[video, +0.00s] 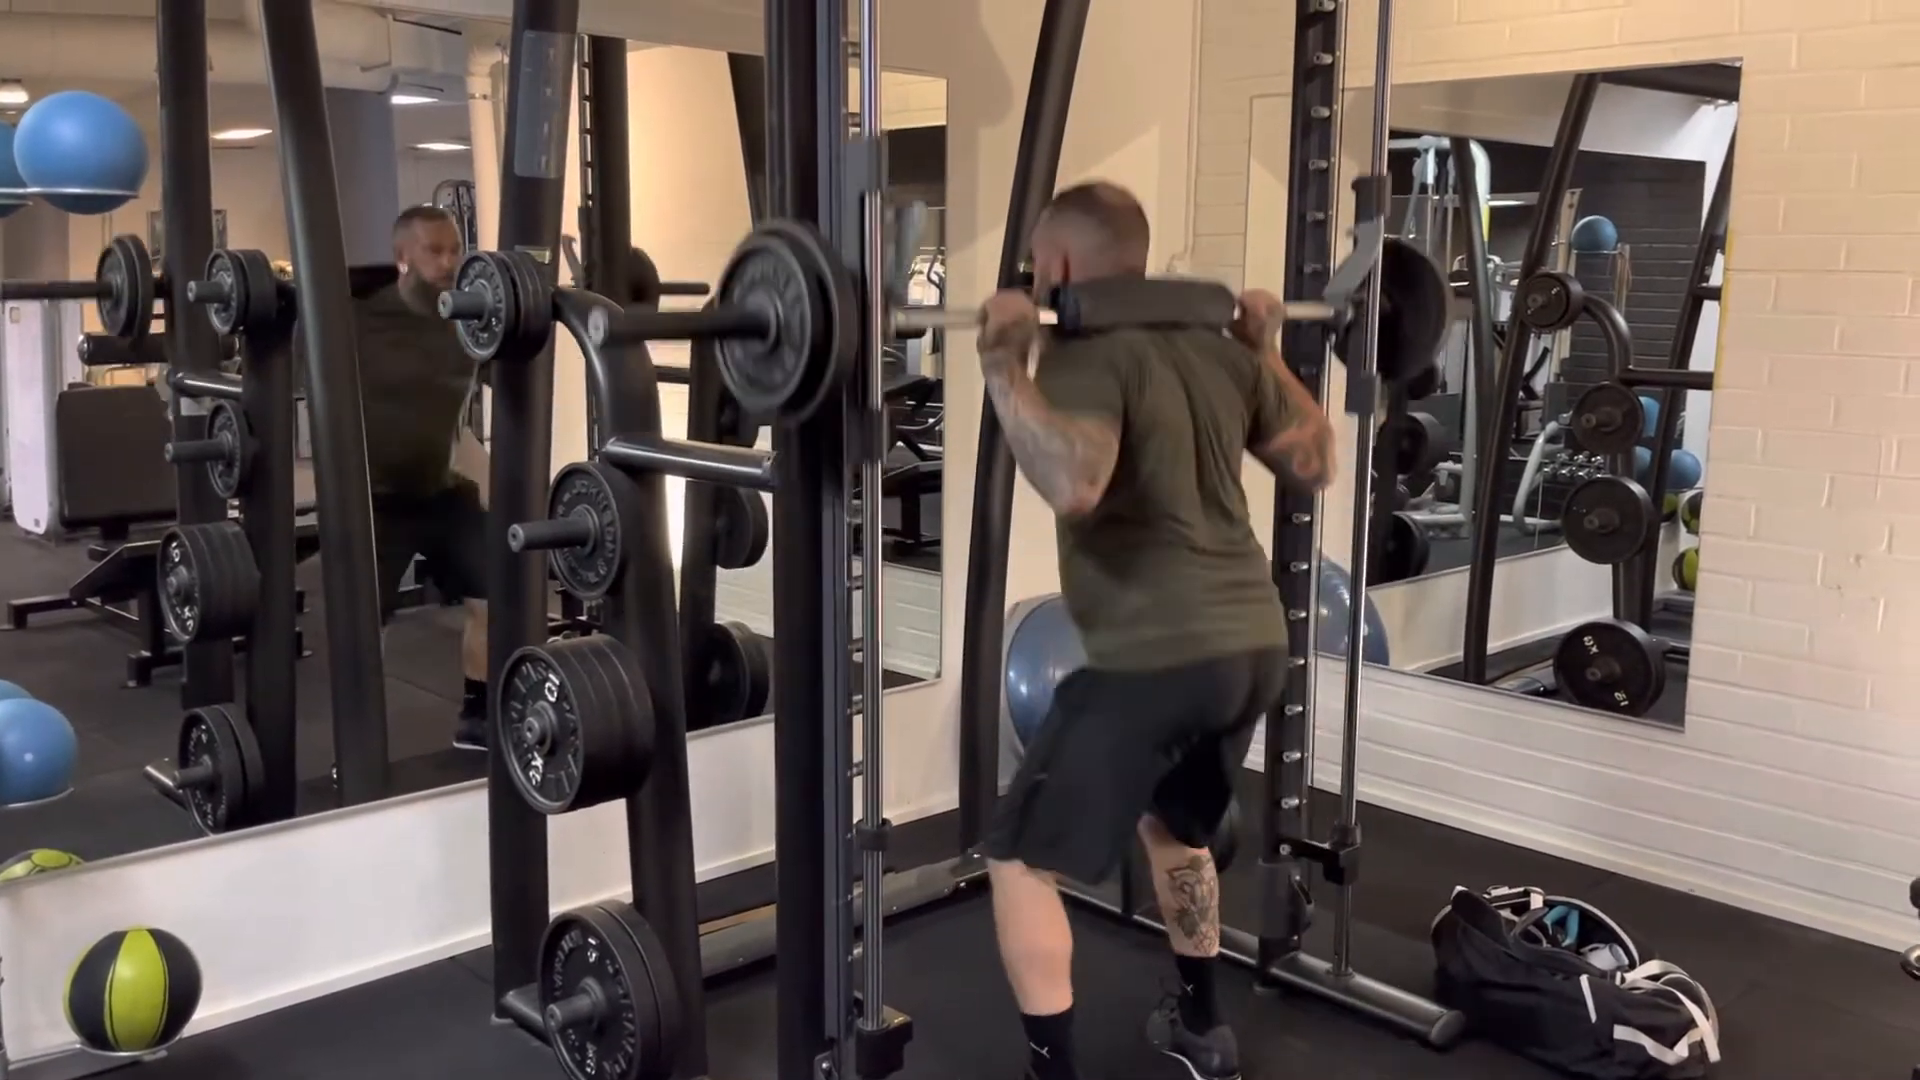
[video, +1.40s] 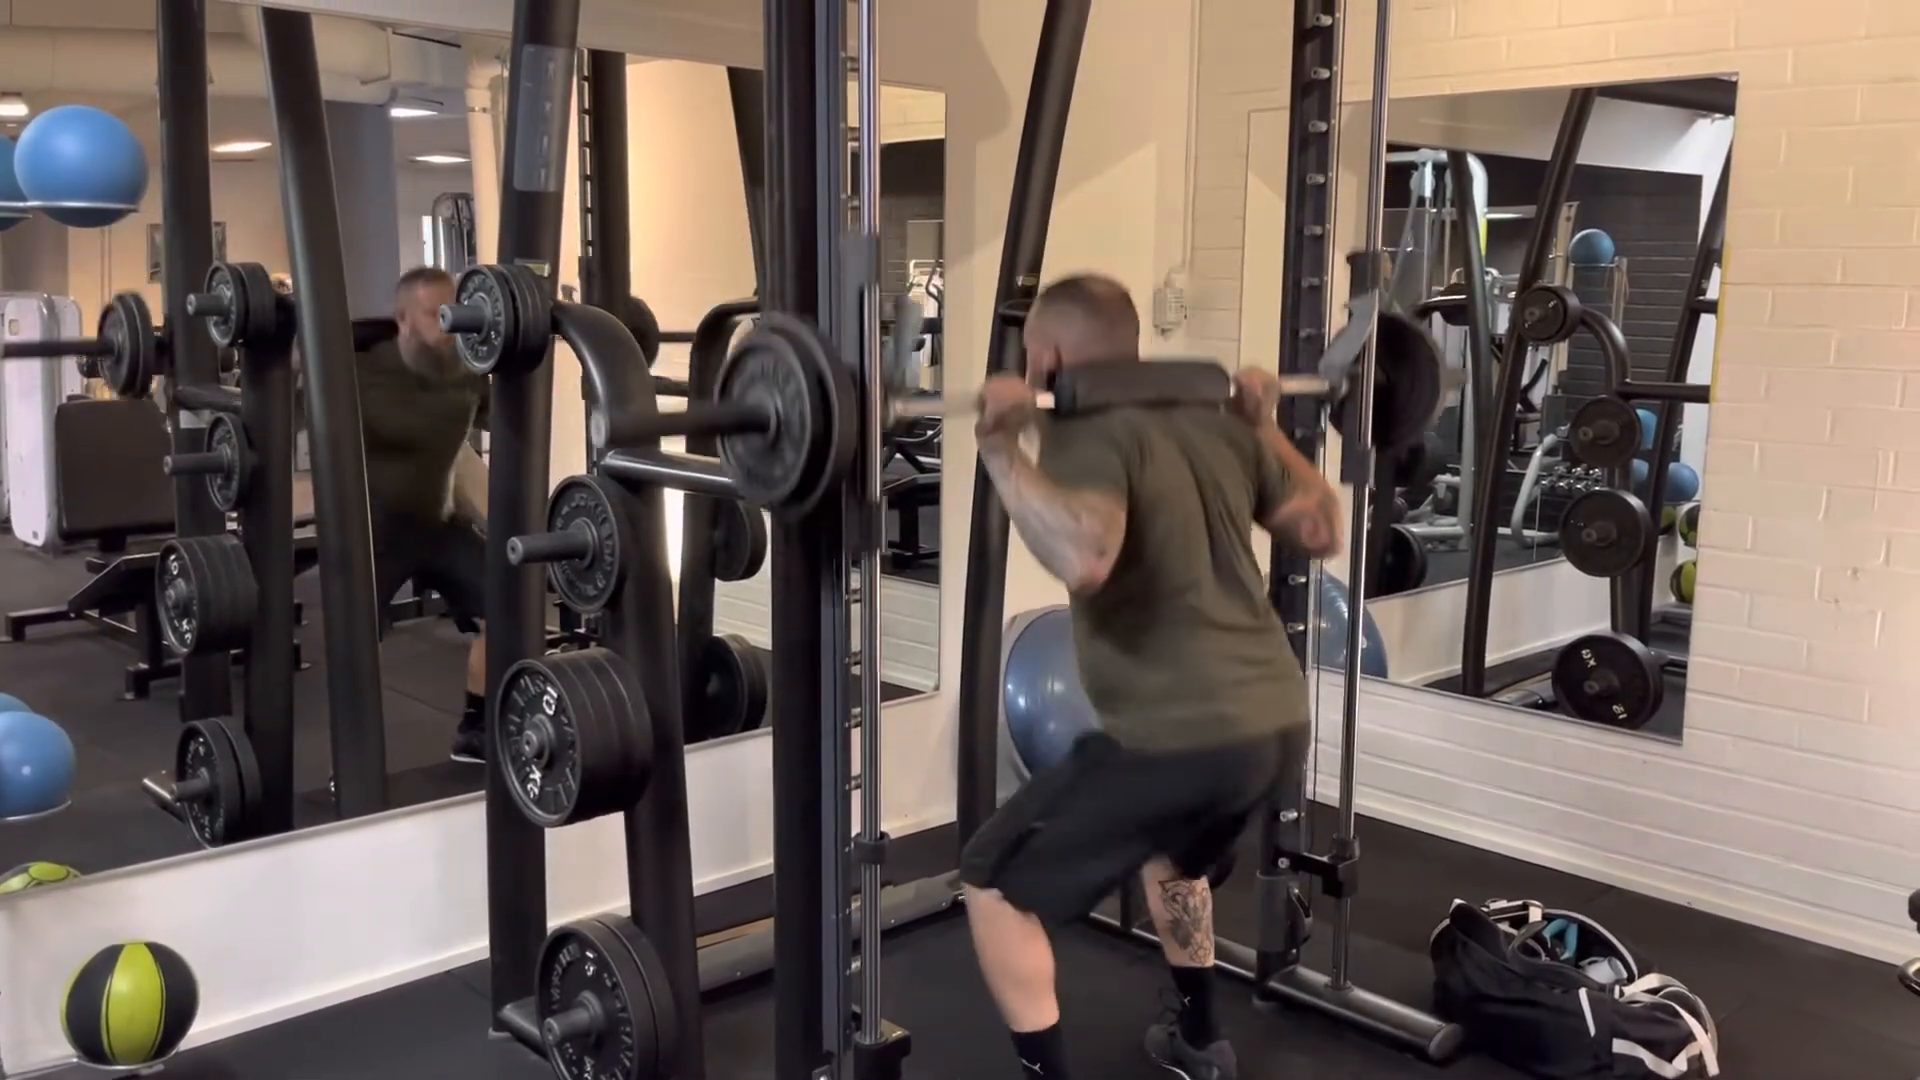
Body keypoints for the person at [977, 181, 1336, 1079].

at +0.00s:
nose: (1038, 280)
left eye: (1041, 264)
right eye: (1039, 265)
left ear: (1065, 261)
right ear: (1137, 256)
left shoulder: (1089, 352)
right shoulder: (1219, 345)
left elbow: (1075, 481)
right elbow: (1313, 460)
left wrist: (1007, 376)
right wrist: (1267, 353)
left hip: (1152, 660)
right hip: (1254, 649)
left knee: (1020, 855)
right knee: (1177, 819)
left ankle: (1055, 1067)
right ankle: (1201, 1022)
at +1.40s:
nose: (1031, 368)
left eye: (1033, 352)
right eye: (1030, 353)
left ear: (1055, 351)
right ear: (1129, 341)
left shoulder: (1091, 426)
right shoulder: (1218, 421)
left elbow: (1084, 555)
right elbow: (1325, 528)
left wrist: (1001, 450)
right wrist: (1265, 427)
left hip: (1173, 743)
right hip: (1271, 730)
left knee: (995, 880)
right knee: (1172, 857)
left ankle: (1045, 1068)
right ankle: (1199, 1038)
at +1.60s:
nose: (1029, 473)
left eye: (1031, 460)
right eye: (1027, 460)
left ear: (1051, 468)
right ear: (1128, 452)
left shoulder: (1092, 540)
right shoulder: (1221, 529)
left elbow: (1089, 668)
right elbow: (1329, 631)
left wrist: (1003, 563)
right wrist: (1264, 526)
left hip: (1197, 845)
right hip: (1294, 829)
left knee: (973, 884)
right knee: (1135, 830)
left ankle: (1043, 1069)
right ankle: (1200, 1036)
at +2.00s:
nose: (1029, 611)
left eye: (1029, 596)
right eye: (1028, 596)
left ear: (1053, 601)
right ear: (1127, 586)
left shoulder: (1092, 679)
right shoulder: (1219, 657)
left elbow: (1085, 821)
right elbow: (1319, 761)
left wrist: (998, 705)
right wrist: (1258, 652)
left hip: (1202, 990)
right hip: (1295, 966)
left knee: (961, 886)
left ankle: (1041, 1069)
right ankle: (1200, 1053)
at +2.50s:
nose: (1034, 490)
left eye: (1035, 475)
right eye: (1033, 475)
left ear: (1058, 480)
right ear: (1134, 467)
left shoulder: (1095, 555)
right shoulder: (1221, 544)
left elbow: (1091, 684)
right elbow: (1329, 643)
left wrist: (1001, 575)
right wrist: (1264, 540)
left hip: (1209, 850)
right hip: (1313, 836)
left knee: (986, 884)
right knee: (1150, 839)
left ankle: (1046, 1070)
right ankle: (1200, 1038)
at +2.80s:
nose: (1037, 345)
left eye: (1040, 329)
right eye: (1039, 330)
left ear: (1063, 330)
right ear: (1139, 324)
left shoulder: (1092, 412)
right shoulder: (1218, 405)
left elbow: (1082, 543)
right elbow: (1320, 522)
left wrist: (1005, 435)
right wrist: (1267, 415)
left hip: (1183, 717)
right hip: (1278, 703)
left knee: (1010, 875)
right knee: (1177, 850)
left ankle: (1051, 1070)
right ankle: (1204, 1042)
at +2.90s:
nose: (1043, 301)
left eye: (1046, 286)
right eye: (1044, 287)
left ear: (1069, 284)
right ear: (1141, 277)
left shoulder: (1091, 369)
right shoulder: (1217, 360)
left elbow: (1079, 497)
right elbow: (1316, 482)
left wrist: (1008, 393)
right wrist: (1267, 372)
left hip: (1161, 680)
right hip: (1261, 667)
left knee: (1025, 871)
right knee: (1183, 840)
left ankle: (1052, 1070)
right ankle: (1202, 1041)